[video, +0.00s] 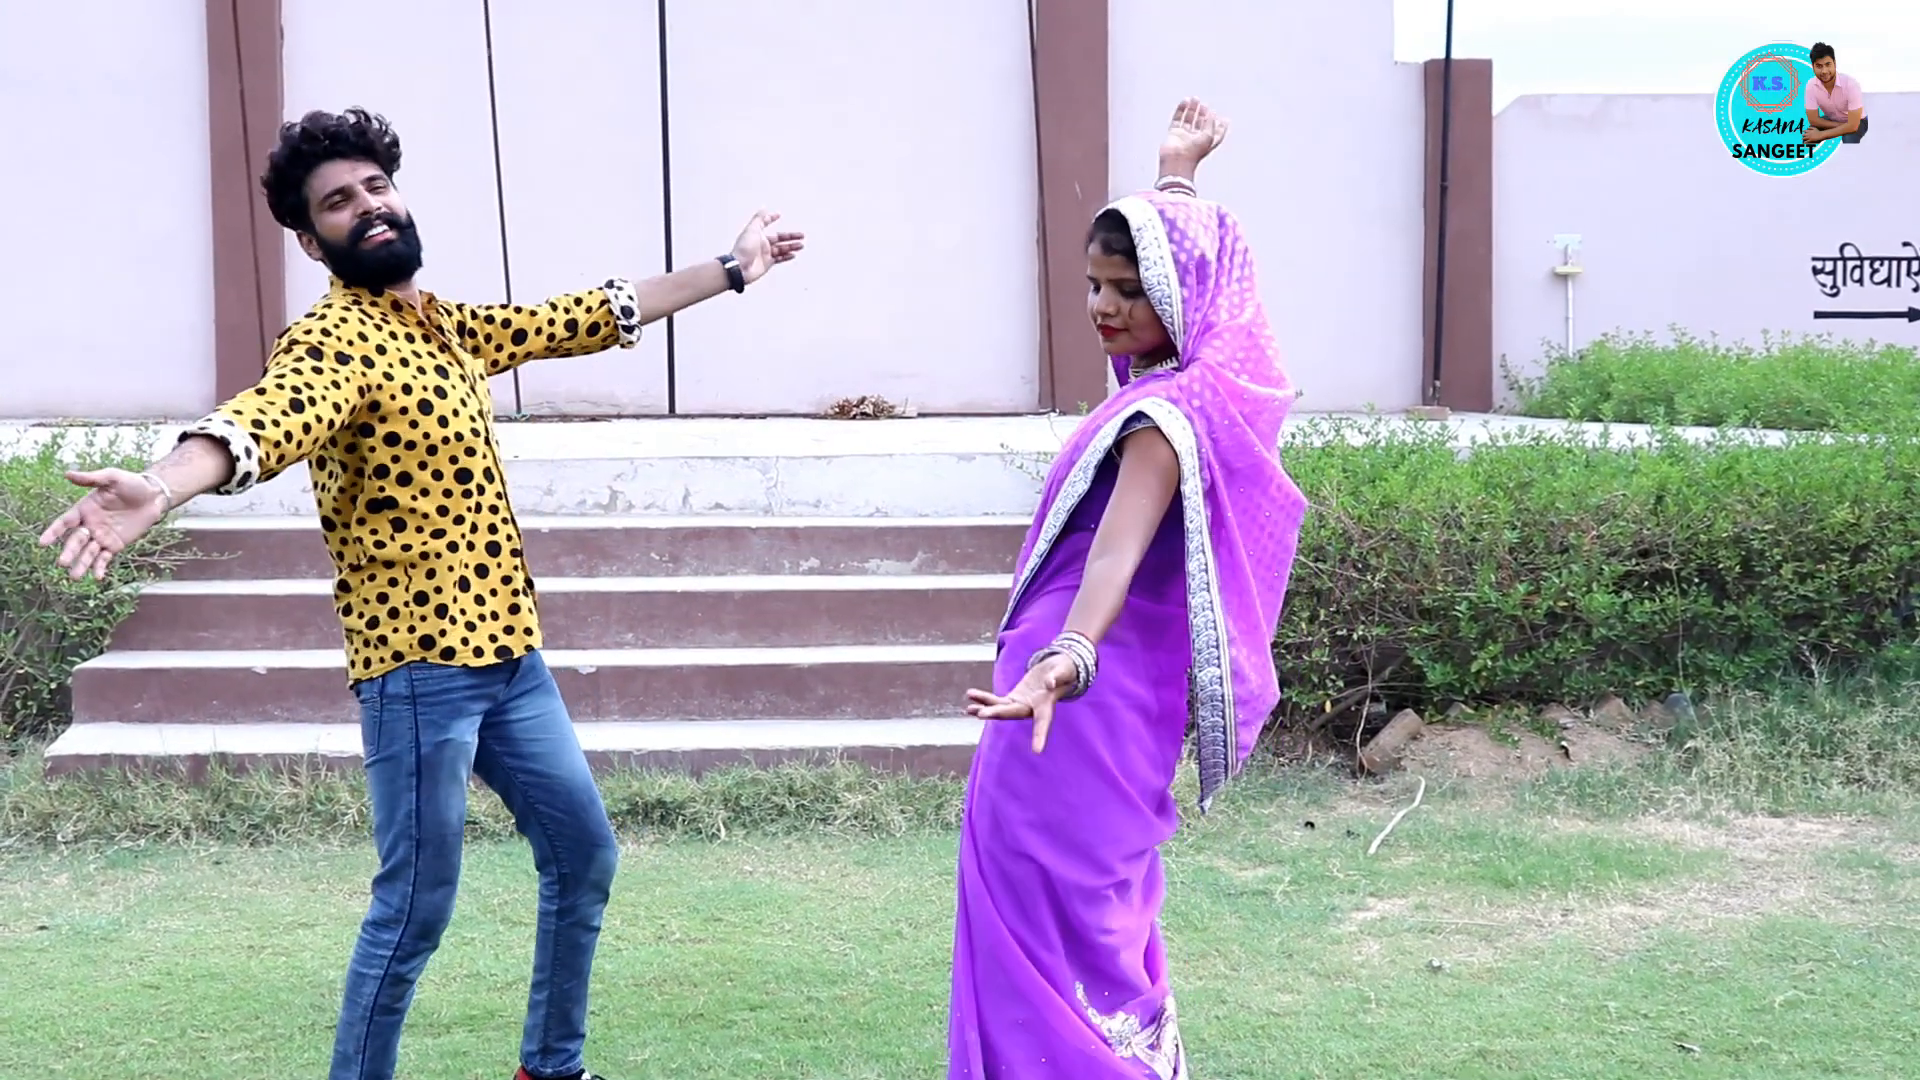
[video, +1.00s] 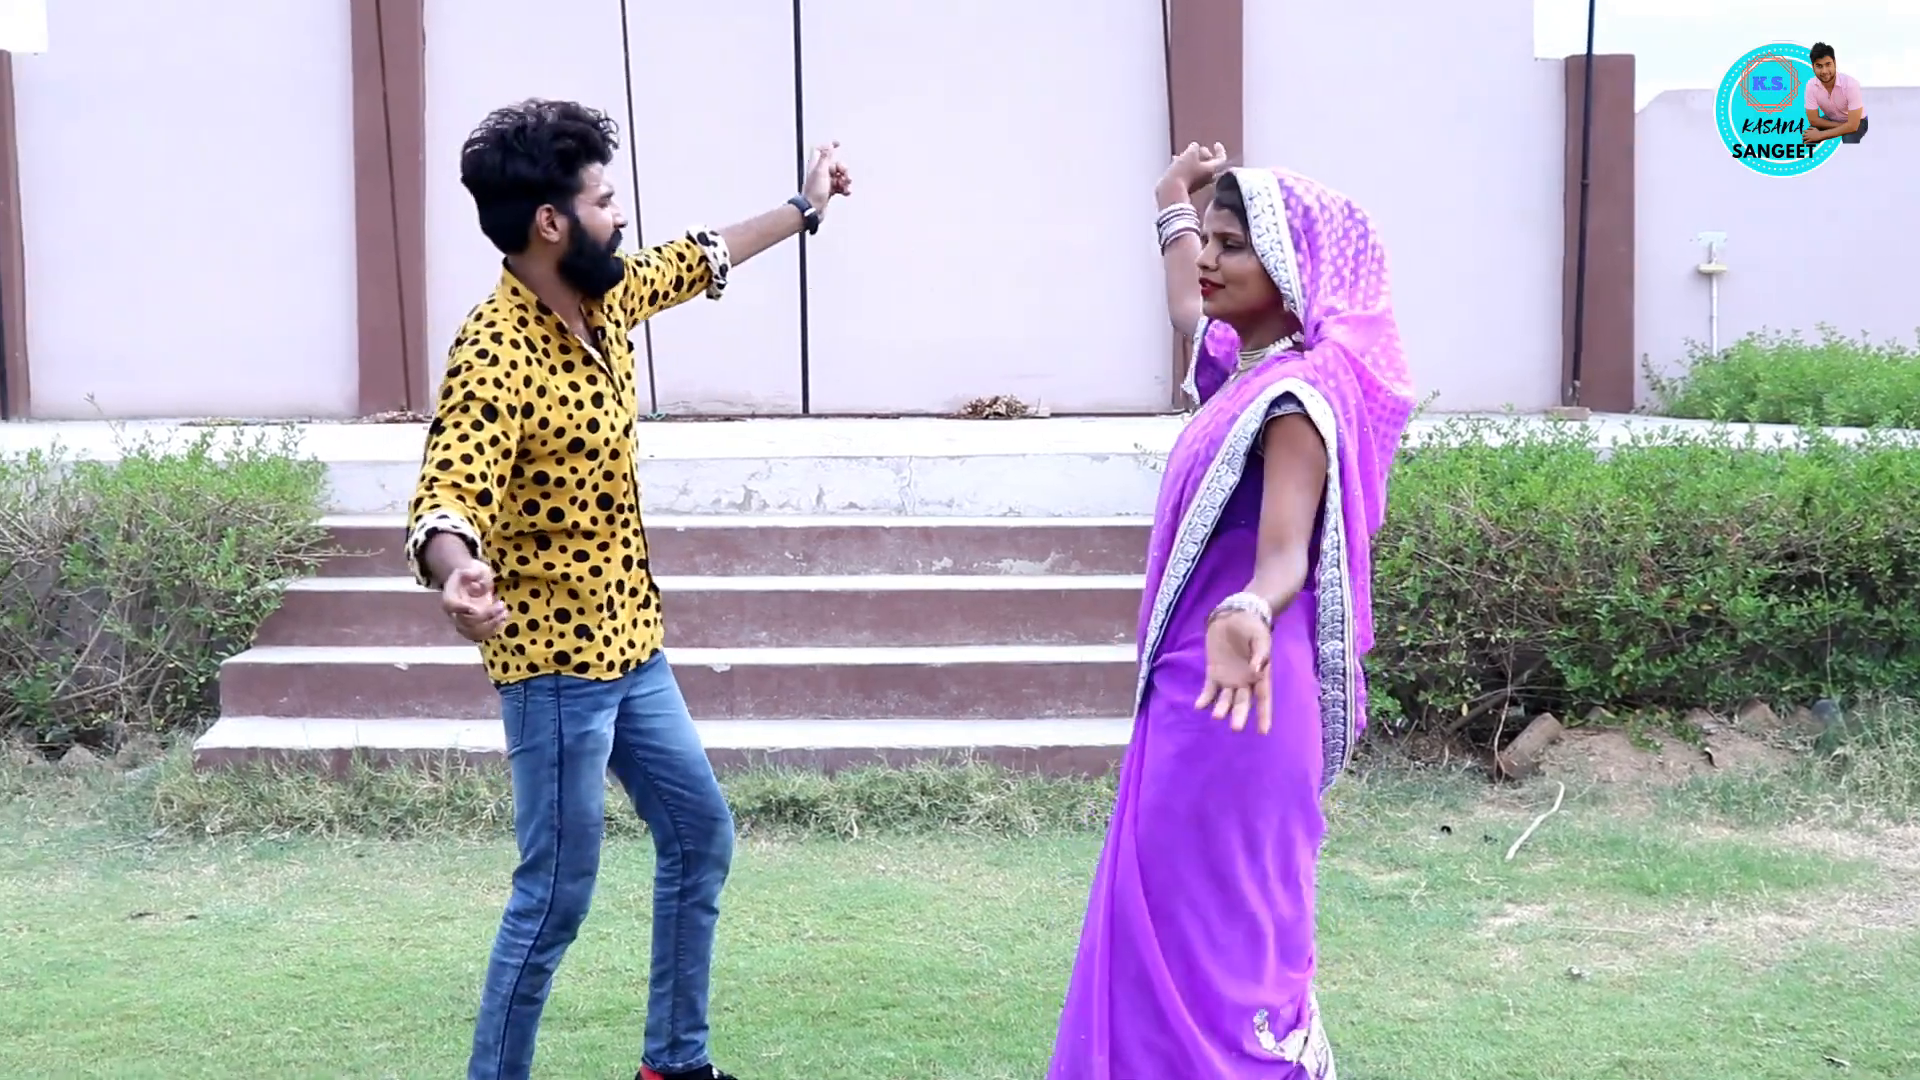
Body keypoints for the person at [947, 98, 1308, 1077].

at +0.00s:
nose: (1104, 308)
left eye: (1127, 291)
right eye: (1097, 286)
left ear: (1186, 300)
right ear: (1089, 281)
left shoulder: (1159, 416)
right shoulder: (1199, 388)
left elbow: (1117, 556)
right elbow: (1183, 287)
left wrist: (1066, 649)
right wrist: (1176, 172)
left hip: (1075, 718)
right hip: (1120, 711)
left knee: (1033, 960)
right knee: (1109, 949)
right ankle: (1133, 1061)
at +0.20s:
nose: (1089, 291)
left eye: (1112, 274)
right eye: (1084, 272)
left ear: (1170, 285)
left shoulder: (1147, 404)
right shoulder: (1210, 376)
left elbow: (1104, 534)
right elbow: (1190, 274)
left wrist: (1042, 622)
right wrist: (1172, 163)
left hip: (1095, 703)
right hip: (1158, 700)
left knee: (1037, 929)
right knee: (1131, 920)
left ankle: (1058, 1064)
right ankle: (1141, 1055)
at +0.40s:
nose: (1091, 286)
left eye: (1113, 265)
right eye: (1088, 264)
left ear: (1175, 276)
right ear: (1195, 278)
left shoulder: (1153, 398)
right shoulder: (1236, 379)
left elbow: (1114, 548)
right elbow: (1211, 267)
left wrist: (1048, 669)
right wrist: (1163, 177)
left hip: (1120, 725)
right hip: (1194, 725)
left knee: (983, 921)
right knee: (1176, 962)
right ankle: (1175, 1064)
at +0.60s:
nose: (1123, 281)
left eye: (1144, 262)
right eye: (1121, 260)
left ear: (1208, 275)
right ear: (1226, 278)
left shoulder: (1189, 405)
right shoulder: (1266, 384)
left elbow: (1149, 561)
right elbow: (1256, 265)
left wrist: (1069, 686)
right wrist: (1205, 181)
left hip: (1148, 714)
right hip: (1213, 712)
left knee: (1078, 963)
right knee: (1189, 959)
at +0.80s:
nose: (1174, 273)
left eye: (1196, 256)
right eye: (1169, 252)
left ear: (1260, 268)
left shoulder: (1239, 391)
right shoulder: (1293, 367)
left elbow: (1204, 541)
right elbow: (1219, 290)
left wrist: (1173, 651)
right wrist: (1193, 182)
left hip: (1197, 695)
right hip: (1254, 693)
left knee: (1060, 894)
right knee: (1236, 933)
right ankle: (1250, 1063)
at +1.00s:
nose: (1207, 259)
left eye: (1231, 245)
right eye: (1206, 240)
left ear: (1296, 267)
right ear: (1200, 244)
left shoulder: (1296, 390)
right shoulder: (1262, 368)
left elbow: (1287, 543)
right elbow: (1199, 318)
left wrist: (1253, 606)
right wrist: (1184, 210)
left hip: (1231, 711)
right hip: (1196, 698)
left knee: (1204, 955)